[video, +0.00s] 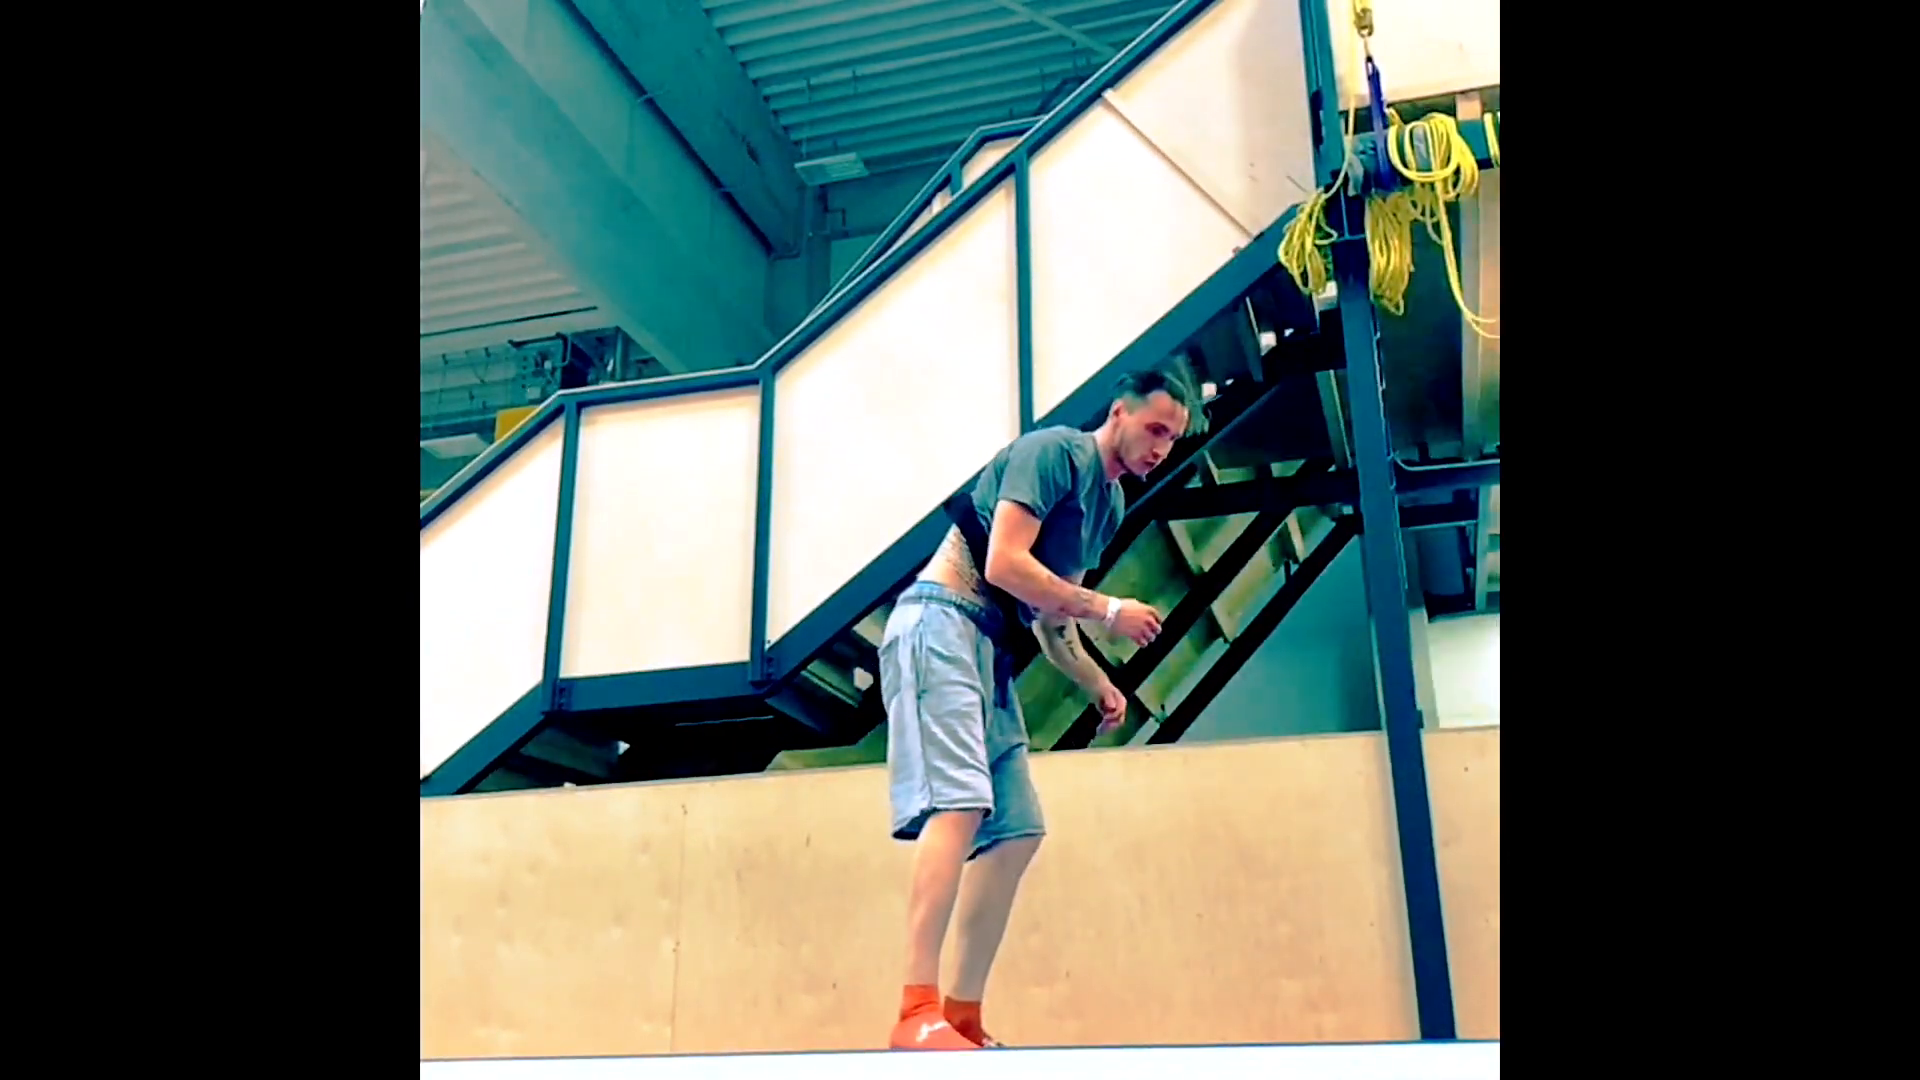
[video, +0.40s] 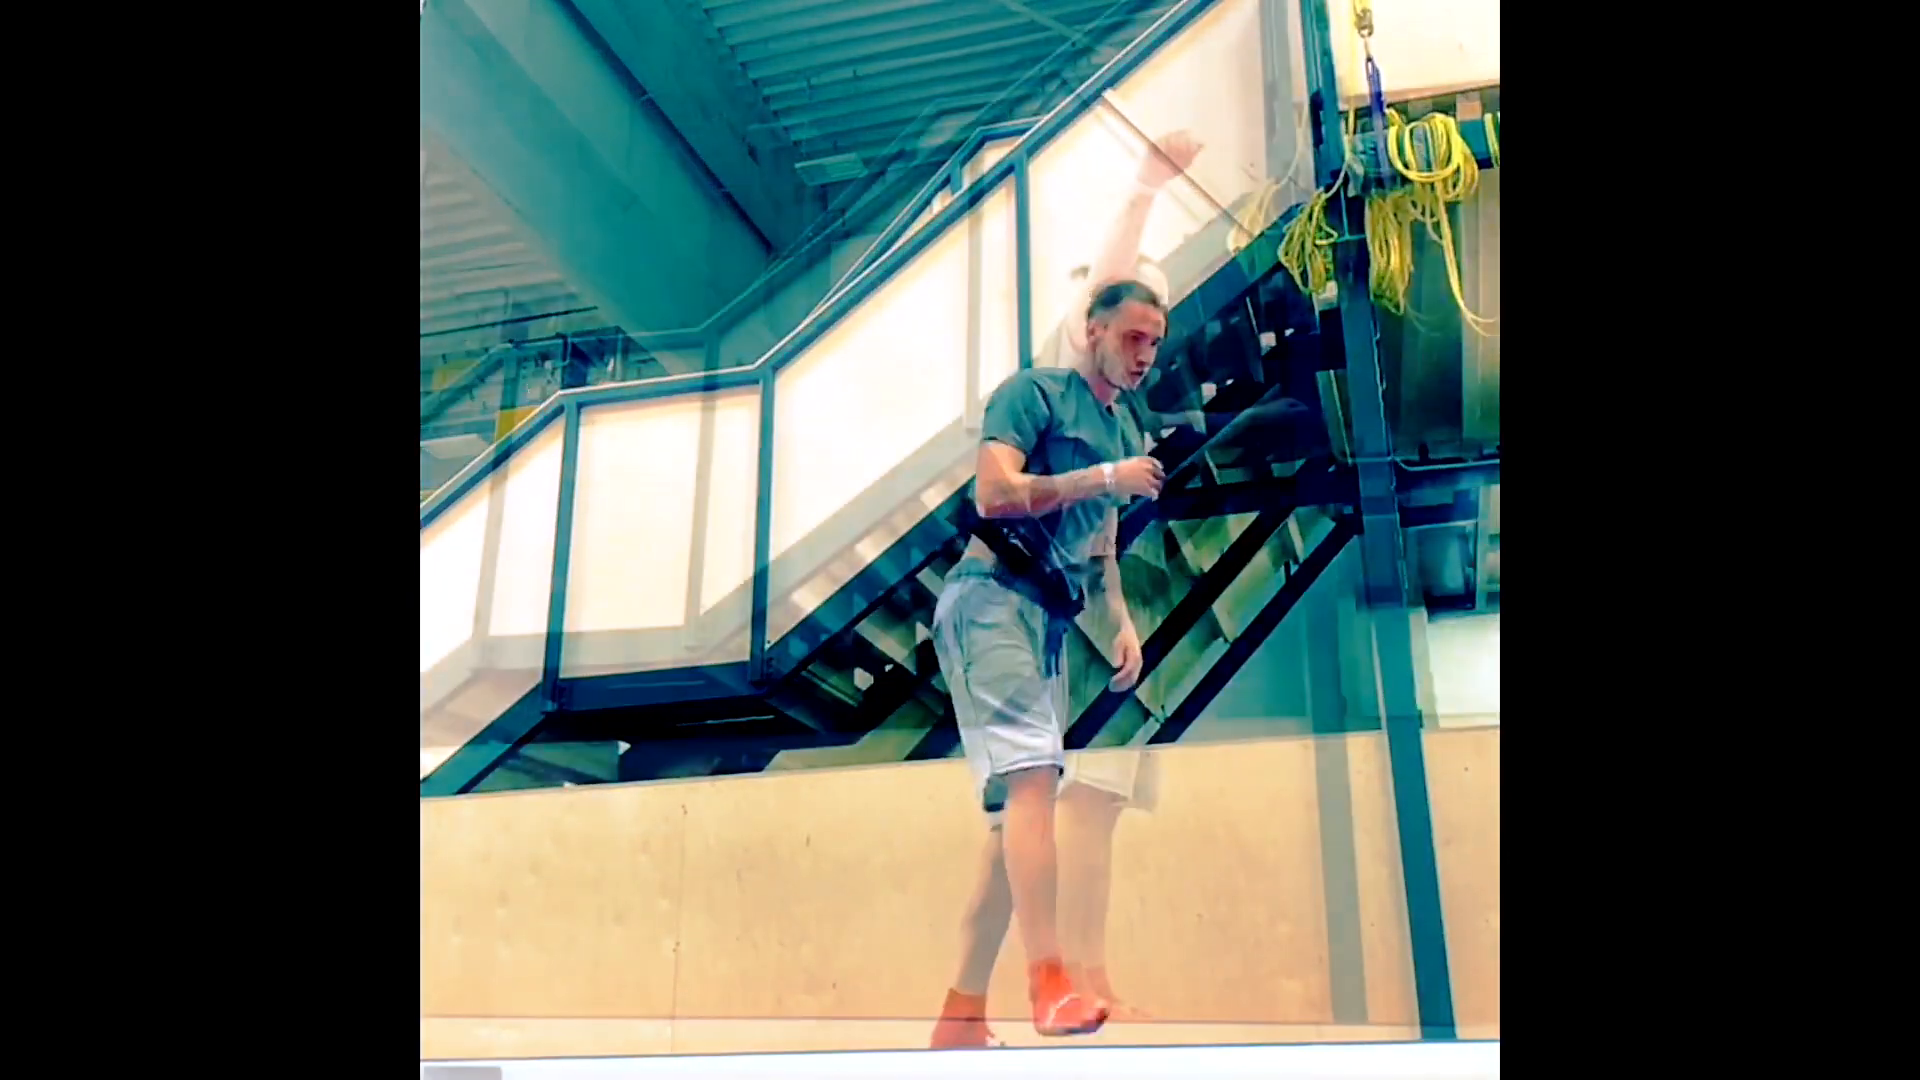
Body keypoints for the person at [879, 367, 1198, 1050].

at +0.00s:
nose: (1160, 449)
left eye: (1172, 440)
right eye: (1154, 430)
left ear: (1174, 442)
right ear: (1117, 412)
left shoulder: (1107, 510)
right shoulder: (1052, 449)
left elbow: (1052, 621)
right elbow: (1003, 561)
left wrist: (1097, 684)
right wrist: (1104, 606)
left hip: (988, 653)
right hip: (940, 627)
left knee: (1016, 829)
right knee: (959, 807)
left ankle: (960, 1018)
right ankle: (916, 1016)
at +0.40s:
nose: (1145, 354)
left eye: (1154, 343)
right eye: (1134, 337)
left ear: (1152, 349)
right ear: (1092, 328)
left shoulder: (1124, 426)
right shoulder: (1032, 390)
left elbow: (1101, 554)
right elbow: (994, 491)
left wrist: (1123, 631)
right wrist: (1105, 479)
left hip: (1050, 619)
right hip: (991, 593)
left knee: (1014, 821)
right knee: (1033, 773)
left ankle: (961, 1016)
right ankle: (1047, 981)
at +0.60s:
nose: (1126, 312)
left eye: (1132, 302)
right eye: (1114, 294)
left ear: (1129, 312)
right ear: (1074, 293)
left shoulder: (1114, 384)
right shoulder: (1017, 372)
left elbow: (1124, 282)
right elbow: (1046, 438)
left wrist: (1150, 186)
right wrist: (1109, 361)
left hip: (1108, 605)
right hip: (1055, 601)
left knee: (1077, 810)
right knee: (1084, 794)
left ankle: (981, 989)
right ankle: (1087, 988)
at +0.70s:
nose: (1140, 301)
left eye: (1143, 290)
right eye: (1120, 281)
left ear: (1140, 303)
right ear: (1074, 291)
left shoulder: (1125, 391)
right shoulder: (1056, 371)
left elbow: (1188, 425)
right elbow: (1105, 283)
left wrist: (1260, 411)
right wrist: (1148, 185)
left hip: (1143, 598)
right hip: (1095, 585)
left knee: (1161, 805)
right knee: (1091, 791)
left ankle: (1037, 953)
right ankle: (1090, 982)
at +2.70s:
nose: (1154, 273)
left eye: (1152, 261)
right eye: (1141, 259)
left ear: (1127, 280)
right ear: (1104, 264)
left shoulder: (1126, 358)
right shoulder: (1082, 318)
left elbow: (1213, 325)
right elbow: (1189, 232)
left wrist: (1279, 262)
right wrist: (1268, 134)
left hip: (1140, 561)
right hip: (1110, 552)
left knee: (1129, 764)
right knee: (1110, 759)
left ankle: (1119, 966)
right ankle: (1087, 959)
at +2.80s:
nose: (1154, 270)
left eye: (1153, 260)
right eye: (1142, 258)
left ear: (1125, 274)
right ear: (1101, 265)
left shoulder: (1124, 362)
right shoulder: (1077, 312)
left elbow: (1229, 340)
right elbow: (1207, 264)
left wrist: (1322, 272)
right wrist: (1300, 190)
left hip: (1136, 561)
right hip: (1102, 552)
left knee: (1125, 768)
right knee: (1106, 758)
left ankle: (1118, 968)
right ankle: (1086, 961)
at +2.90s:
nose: (1164, 283)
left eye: (1163, 272)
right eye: (1152, 268)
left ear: (1128, 276)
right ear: (1106, 268)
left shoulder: (1128, 371)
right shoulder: (1076, 321)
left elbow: (1222, 405)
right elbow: (1213, 343)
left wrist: (1326, 373)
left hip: (1129, 565)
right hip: (1093, 555)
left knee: (1121, 766)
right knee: (1102, 760)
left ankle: (1119, 960)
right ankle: (1088, 955)